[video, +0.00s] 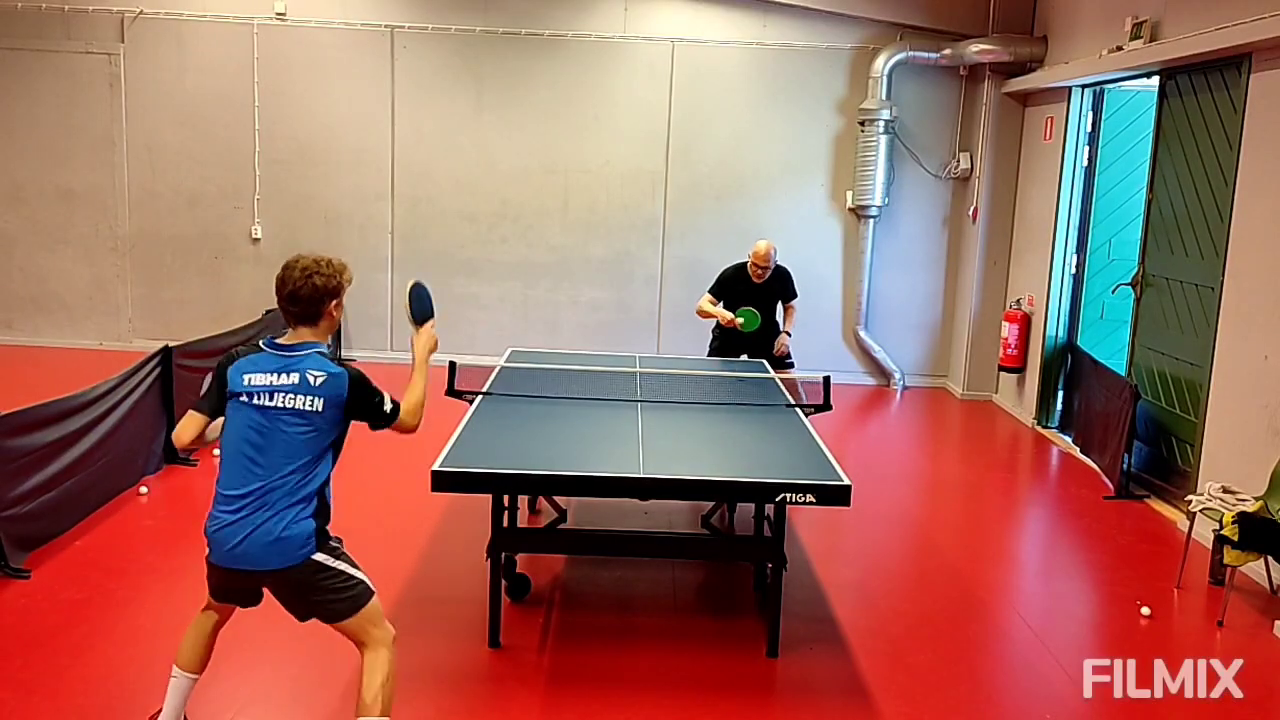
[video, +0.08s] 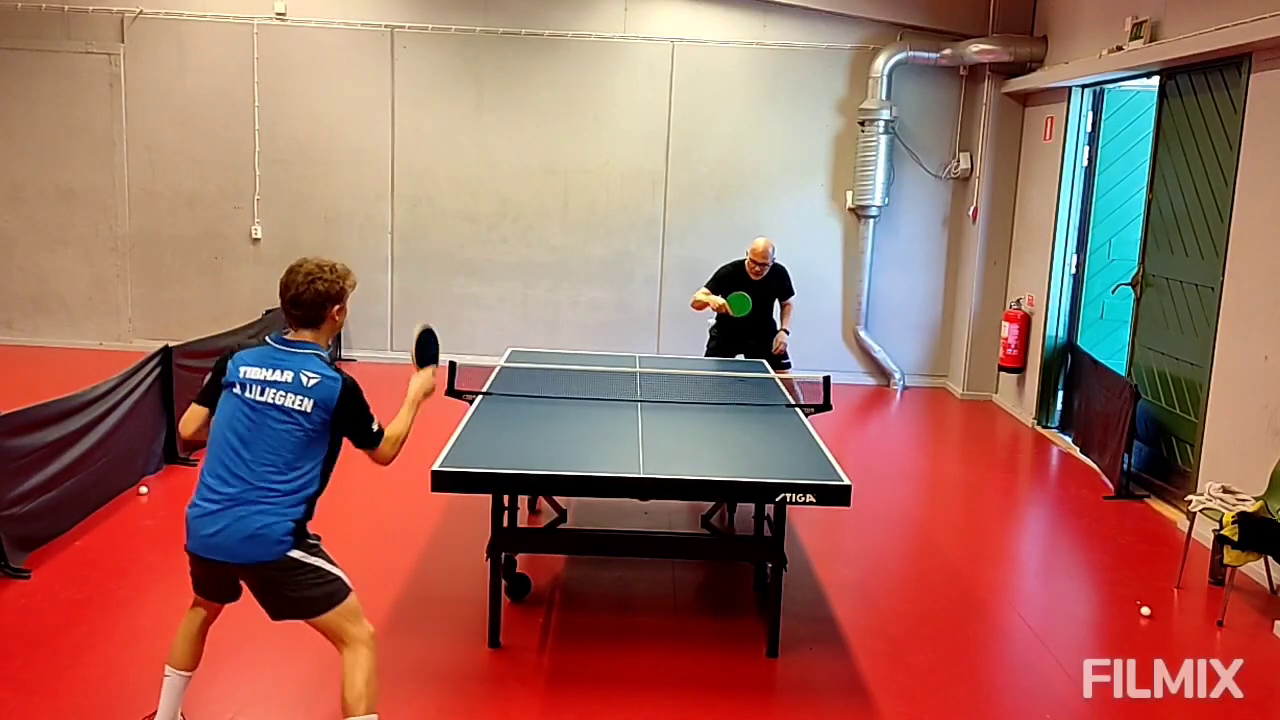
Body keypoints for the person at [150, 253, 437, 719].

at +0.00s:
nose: (344, 307)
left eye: (342, 298)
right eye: (342, 300)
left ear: (284, 307)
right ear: (332, 309)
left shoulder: (237, 366)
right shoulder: (341, 379)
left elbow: (184, 438)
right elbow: (409, 420)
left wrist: (226, 425)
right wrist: (423, 355)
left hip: (227, 543)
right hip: (295, 547)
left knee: (214, 610)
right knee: (377, 640)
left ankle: (169, 714)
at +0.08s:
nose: (347, 310)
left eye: (346, 302)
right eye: (346, 303)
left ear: (288, 308)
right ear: (335, 313)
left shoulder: (237, 361)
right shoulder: (335, 385)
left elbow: (190, 429)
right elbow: (383, 450)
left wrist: (247, 434)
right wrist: (415, 396)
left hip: (205, 533)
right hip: (273, 542)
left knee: (202, 607)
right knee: (357, 638)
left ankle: (165, 714)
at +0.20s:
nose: (357, 317)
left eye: (357, 308)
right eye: (357, 309)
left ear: (300, 304)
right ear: (345, 318)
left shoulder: (265, 328)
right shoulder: (303, 392)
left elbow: (255, 383)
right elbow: (307, 483)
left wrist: (310, 396)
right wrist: (380, 492)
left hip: (157, 491)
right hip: (200, 512)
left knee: (187, 592)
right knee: (290, 615)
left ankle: (151, 710)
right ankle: (281, 716)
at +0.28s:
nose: (354, 333)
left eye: (354, 324)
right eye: (355, 325)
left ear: (301, 318)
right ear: (341, 334)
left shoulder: (271, 339)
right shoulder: (283, 405)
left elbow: (282, 385)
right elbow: (271, 499)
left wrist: (325, 406)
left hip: (152, 477)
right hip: (179, 506)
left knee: (191, 580)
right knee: (264, 614)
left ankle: (127, 687)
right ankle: (218, 716)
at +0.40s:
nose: (334, 393)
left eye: (334, 385)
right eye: (333, 387)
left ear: (281, 373)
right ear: (313, 396)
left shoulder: (272, 391)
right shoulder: (227, 448)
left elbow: (308, 415)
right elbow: (178, 523)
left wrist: (351, 450)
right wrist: (152, 605)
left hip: (172, 498)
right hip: (143, 511)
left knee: (180, 579)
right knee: (238, 616)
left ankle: (89, 655)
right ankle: (212, 714)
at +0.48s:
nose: (317, 423)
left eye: (318, 416)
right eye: (316, 417)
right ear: (294, 426)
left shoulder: (271, 423)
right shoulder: (196, 467)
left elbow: (323, 445)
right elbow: (135, 525)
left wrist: (351, 478)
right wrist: (91, 583)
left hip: (178, 508)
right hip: (136, 518)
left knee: (176, 593)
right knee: (226, 613)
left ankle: (88, 642)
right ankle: (208, 715)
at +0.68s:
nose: (262, 444)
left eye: (262, 436)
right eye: (255, 438)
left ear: (226, 440)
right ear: (223, 441)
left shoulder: (234, 445)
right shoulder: (133, 457)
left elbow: (263, 446)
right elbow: (83, 497)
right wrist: (45, 553)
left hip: (177, 528)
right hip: (123, 528)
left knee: (178, 615)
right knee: (207, 605)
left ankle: (85, 636)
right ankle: (200, 715)